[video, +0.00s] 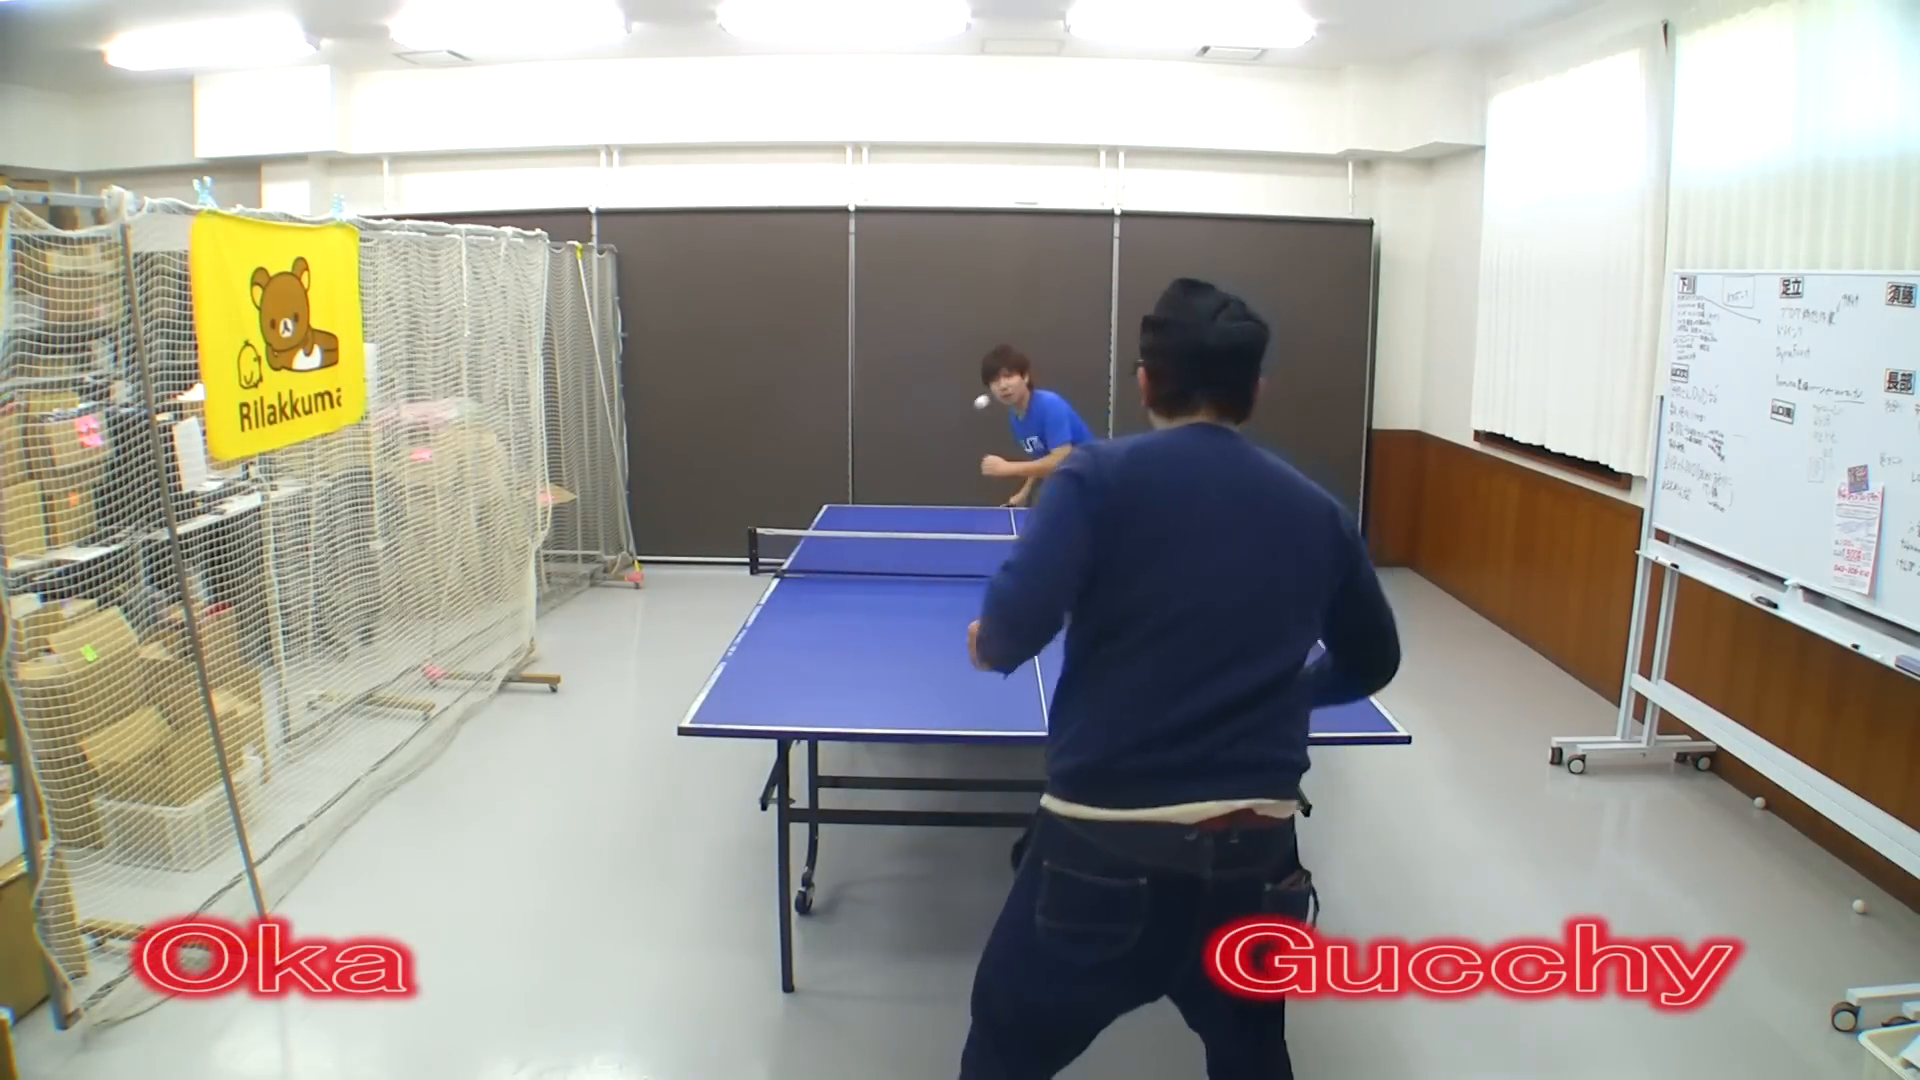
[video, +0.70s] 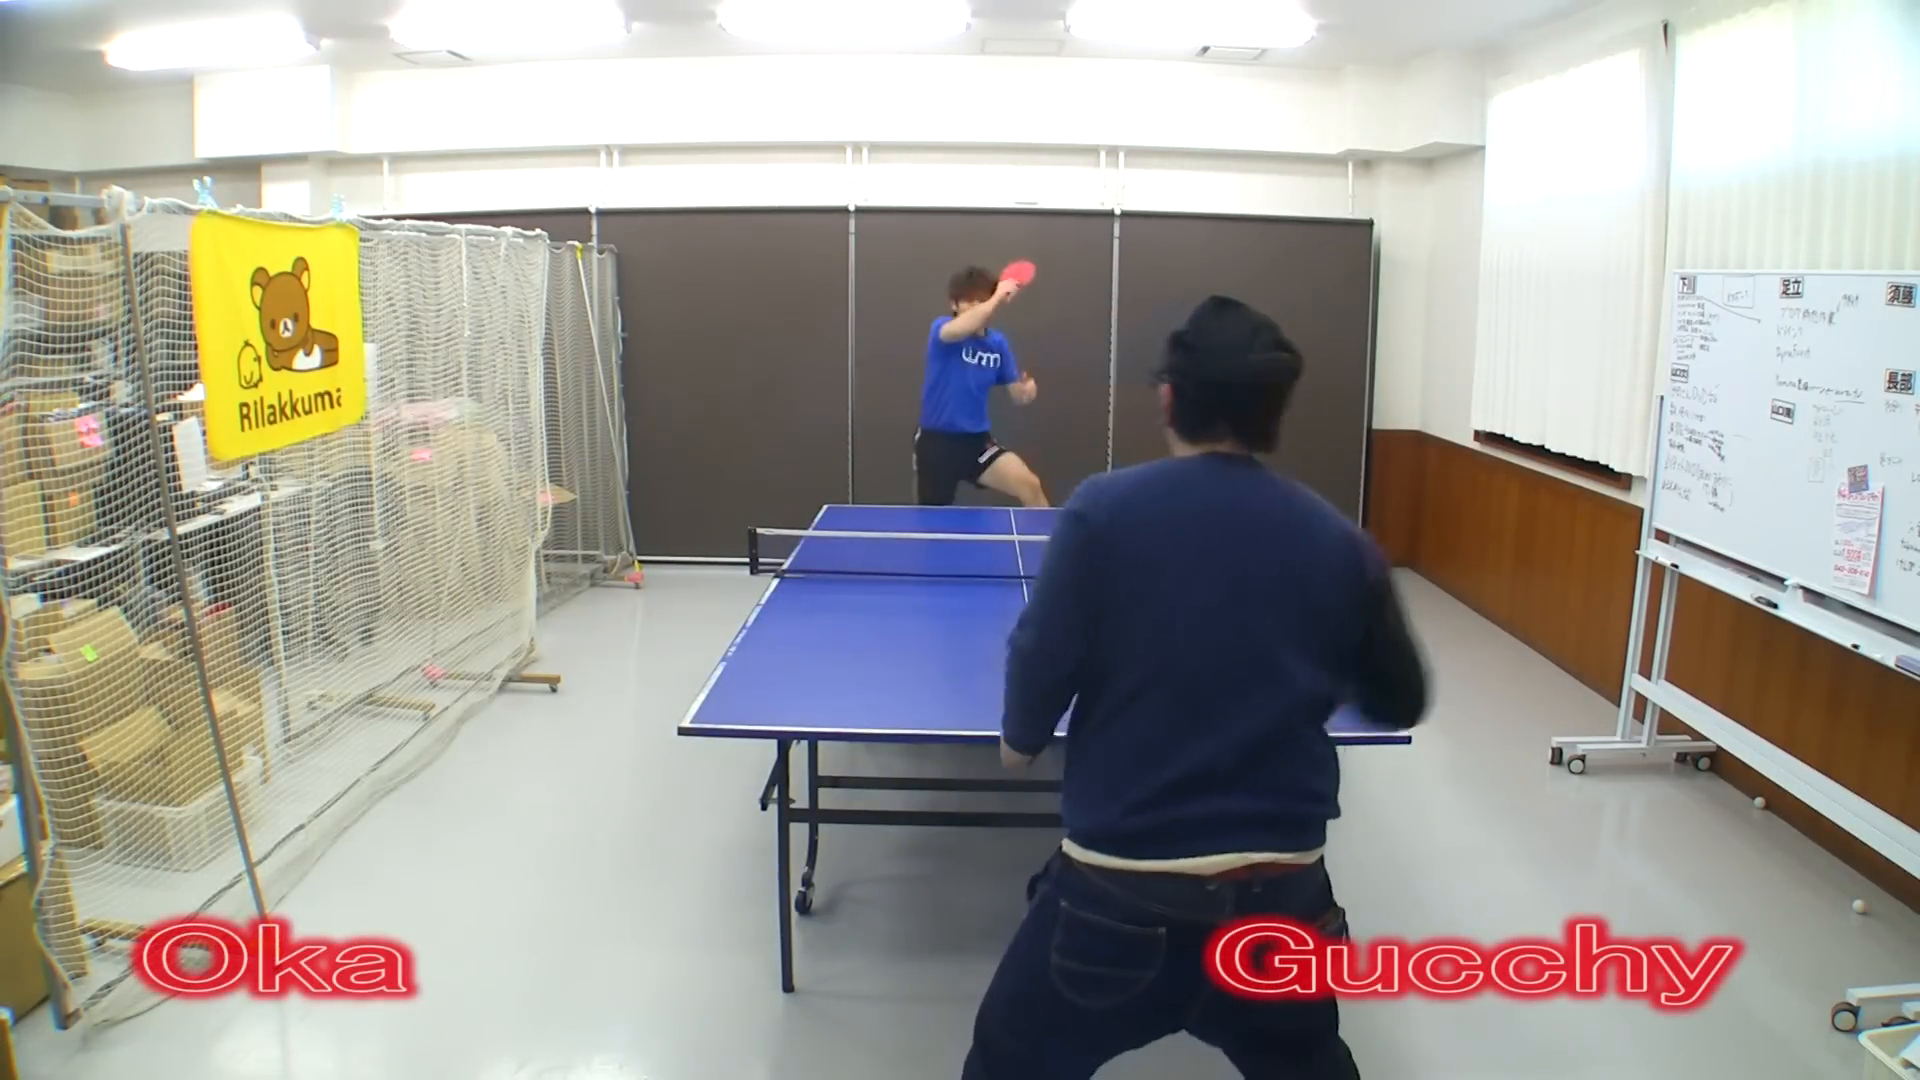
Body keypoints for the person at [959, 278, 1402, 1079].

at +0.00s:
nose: (1140, 376)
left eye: (1140, 366)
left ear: (1145, 383)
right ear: (1257, 390)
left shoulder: (1096, 477)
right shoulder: (1312, 506)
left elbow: (1018, 619)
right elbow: (1371, 657)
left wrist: (989, 644)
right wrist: (1275, 691)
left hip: (1102, 866)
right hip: (1255, 866)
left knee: (1004, 1058)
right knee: (1252, 1055)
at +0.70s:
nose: (1156, 392)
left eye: (1160, 381)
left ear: (1167, 400)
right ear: (1278, 410)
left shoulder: (1103, 512)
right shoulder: (1333, 537)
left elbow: (1035, 681)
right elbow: (1400, 701)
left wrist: (1024, 739)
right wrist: (1301, 664)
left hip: (1116, 913)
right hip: (1282, 913)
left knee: (1008, 1067)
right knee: (1309, 1061)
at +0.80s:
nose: (1249, 401)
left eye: (1255, 389)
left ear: (1262, 407)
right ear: (1369, 421)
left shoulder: (1199, 493)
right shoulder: (1412, 538)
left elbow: (1123, 611)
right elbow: (1551, 605)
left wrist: (1044, 719)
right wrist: (1505, 632)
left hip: (1129, 888)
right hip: (1289, 902)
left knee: (1030, 1067)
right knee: (1310, 1062)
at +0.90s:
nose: (1326, 392)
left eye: (1331, 381)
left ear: (1340, 395)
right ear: (1447, 413)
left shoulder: (1289, 473)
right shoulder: (1489, 534)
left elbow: (1228, 580)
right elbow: (1580, 622)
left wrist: (1126, 689)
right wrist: (1531, 681)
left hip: (1184, 853)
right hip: (1337, 888)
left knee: (1018, 1033)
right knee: (1337, 1061)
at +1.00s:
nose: (1365, 371)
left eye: (1370, 361)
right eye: (1376, 359)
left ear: (1377, 375)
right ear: (1480, 399)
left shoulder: (1340, 449)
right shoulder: (1533, 530)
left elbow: (1285, 562)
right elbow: (1602, 659)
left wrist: (1161, 686)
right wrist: (1556, 788)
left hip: (1231, 828)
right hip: (1384, 869)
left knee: (1037, 997)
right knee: (1363, 1066)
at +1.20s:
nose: (1433, 372)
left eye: (1437, 355)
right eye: (1439, 353)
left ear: (1450, 367)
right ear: (1546, 386)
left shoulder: (1407, 451)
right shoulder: (1603, 528)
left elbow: (1330, 567)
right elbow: (1673, 678)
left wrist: (1182, 674)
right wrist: (1627, 823)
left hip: (1302, 826)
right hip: (1449, 869)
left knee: (1159, 1022)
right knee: (1419, 1065)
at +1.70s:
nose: (1477, 351)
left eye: (1480, 338)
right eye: (1483, 336)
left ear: (1489, 353)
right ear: (1588, 377)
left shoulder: (1435, 452)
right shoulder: (1640, 521)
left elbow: (1353, 610)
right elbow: (1648, 703)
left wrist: (1247, 747)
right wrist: (1552, 753)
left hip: (1373, 845)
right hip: (1521, 863)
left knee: (1227, 1055)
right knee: (1490, 1069)